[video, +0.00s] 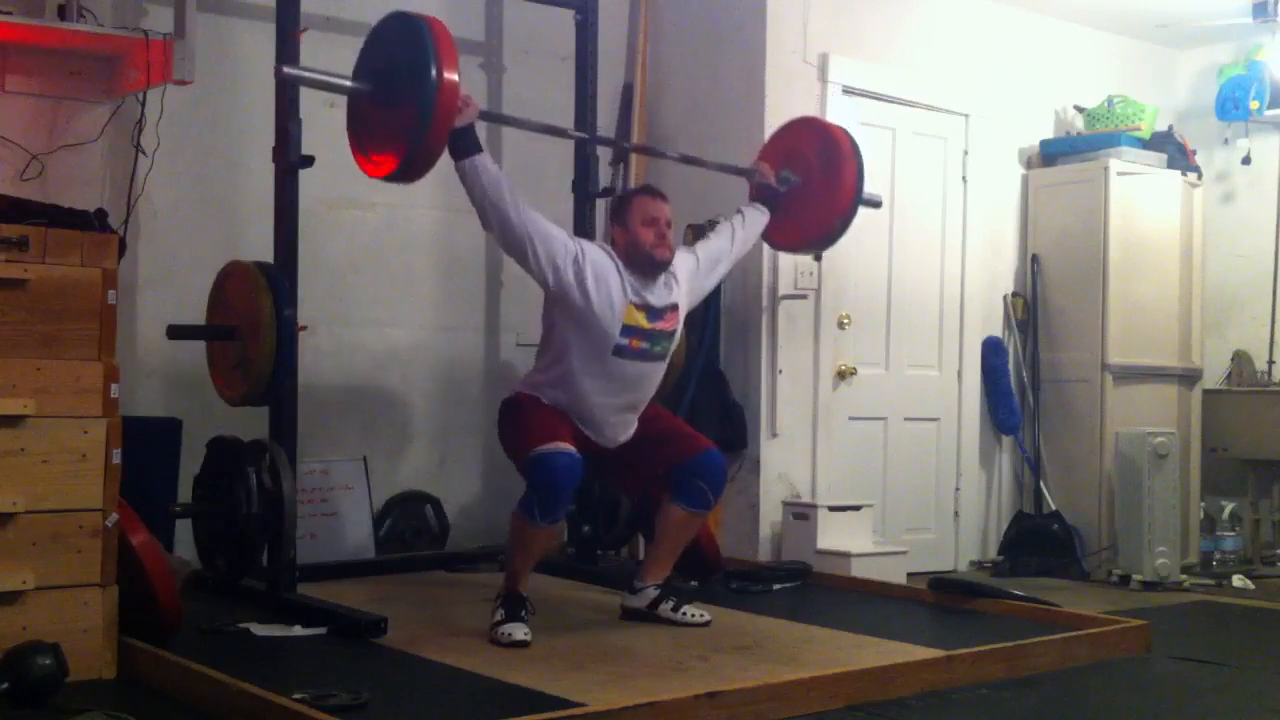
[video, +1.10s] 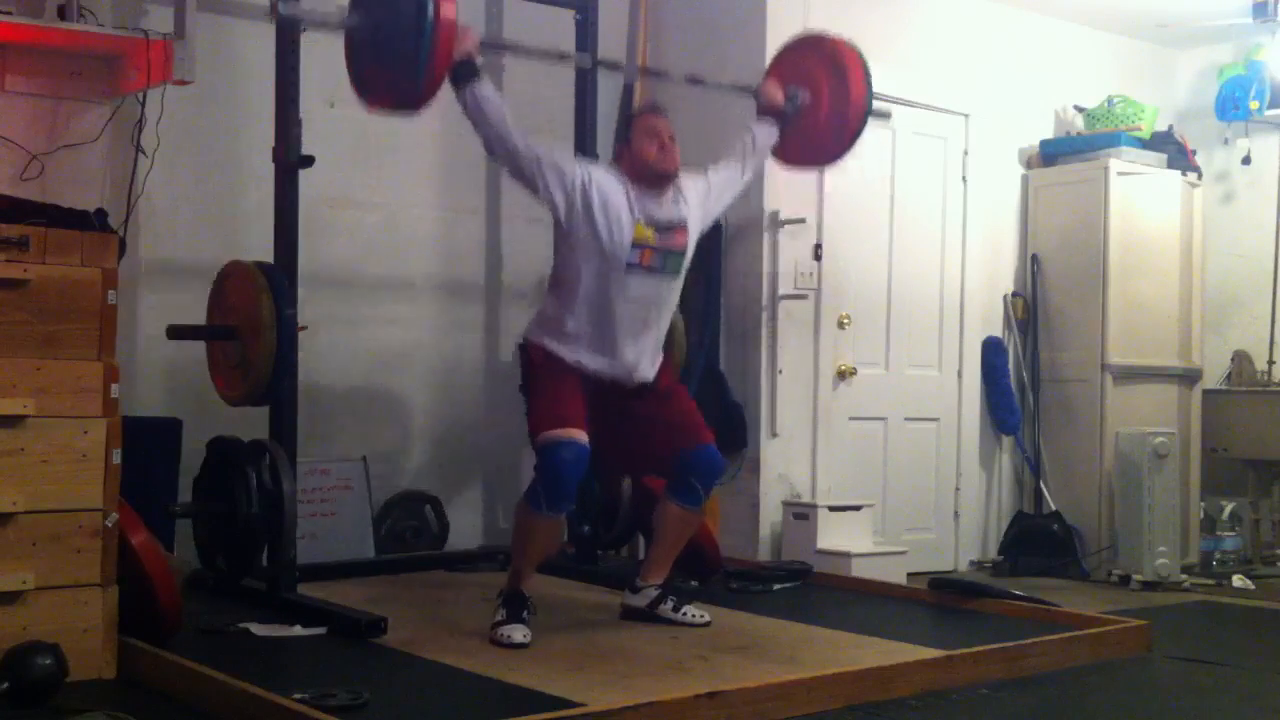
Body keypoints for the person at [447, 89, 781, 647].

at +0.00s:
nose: (664, 233)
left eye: (669, 225)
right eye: (650, 224)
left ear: (673, 233)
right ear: (617, 232)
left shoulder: (683, 279)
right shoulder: (583, 268)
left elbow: (727, 244)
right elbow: (512, 219)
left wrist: (763, 202)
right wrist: (464, 140)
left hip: (628, 419)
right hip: (548, 409)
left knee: (705, 468)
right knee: (559, 471)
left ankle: (647, 590)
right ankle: (513, 598)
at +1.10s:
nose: (664, 142)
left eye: (671, 137)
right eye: (651, 135)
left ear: (679, 152)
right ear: (624, 150)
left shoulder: (693, 199)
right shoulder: (587, 186)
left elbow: (744, 163)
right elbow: (513, 148)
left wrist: (771, 115)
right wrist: (466, 74)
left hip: (640, 367)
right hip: (562, 356)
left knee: (701, 464)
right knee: (565, 462)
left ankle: (648, 590)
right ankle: (515, 598)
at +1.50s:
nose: (649, 70)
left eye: (656, 61)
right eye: (636, 60)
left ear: (665, 69)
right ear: (607, 68)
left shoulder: (678, 120)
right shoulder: (573, 101)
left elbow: (730, 85)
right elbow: (503, 41)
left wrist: (765, 38)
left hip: (653, 308)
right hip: (577, 303)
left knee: (662, 452)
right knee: (573, 453)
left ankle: (645, 590)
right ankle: (556, 600)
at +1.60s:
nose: (643, 69)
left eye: (650, 60)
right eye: (630, 59)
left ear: (660, 68)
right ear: (601, 67)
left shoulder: (677, 121)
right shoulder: (567, 106)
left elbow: (732, 90)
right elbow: (498, 44)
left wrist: (766, 41)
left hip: (655, 311)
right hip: (579, 305)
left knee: (656, 455)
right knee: (572, 455)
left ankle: (646, 593)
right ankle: (557, 601)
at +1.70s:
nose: (632, 64)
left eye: (639, 57)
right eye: (619, 55)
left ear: (649, 69)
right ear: (591, 65)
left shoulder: (672, 125)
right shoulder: (559, 109)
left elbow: (738, 97)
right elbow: (493, 52)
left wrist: (770, 47)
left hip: (656, 311)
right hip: (579, 306)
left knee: (651, 458)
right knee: (572, 456)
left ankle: (647, 593)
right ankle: (557, 600)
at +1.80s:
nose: (628, 65)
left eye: (635, 58)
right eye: (615, 57)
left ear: (643, 69)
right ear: (587, 67)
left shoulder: (667, 132)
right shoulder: (557, 114)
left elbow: (735, 112)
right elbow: (486, 68)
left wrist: (775, 64)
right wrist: (456, 3)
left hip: (657, 314)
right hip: (582, 310)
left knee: (652, 460)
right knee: (574, 460)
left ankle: (647, 594)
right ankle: (556, 601)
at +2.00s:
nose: (616, 67)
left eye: (624, 59)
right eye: (604, 57)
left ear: (632, 68)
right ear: (576, 63)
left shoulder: (646, 128)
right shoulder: (548, 113)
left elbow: (705, 147)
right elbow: (466, 127)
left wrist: (765, 122)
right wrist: (448, 84)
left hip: (656, 297)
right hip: (580, 295)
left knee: (663, 441)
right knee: (578, 442)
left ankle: (656, 579)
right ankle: (563, 592)